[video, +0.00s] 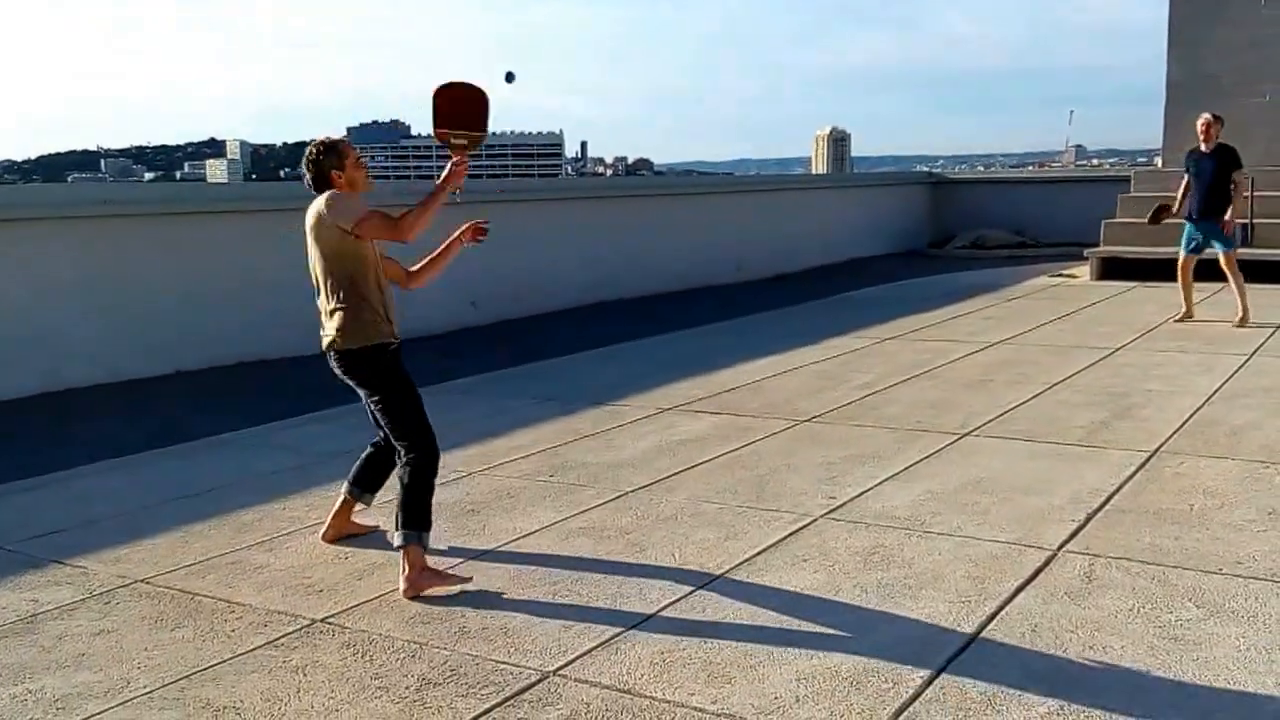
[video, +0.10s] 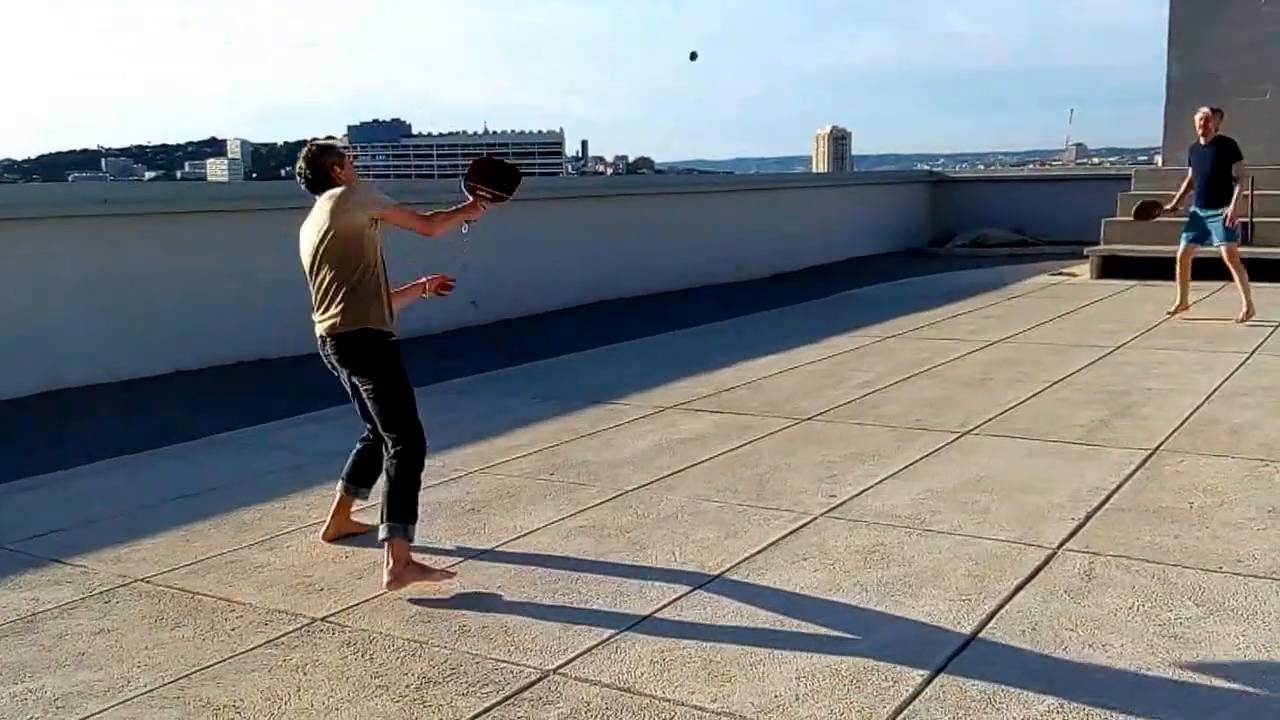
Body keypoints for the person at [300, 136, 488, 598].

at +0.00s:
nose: (366, 168)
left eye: (362, 161)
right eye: (358, 163)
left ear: (336, 176)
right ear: (338, 175)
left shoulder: (343, 226)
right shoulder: (330, 205)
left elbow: (408, 277)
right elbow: (402, 229)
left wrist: (460, 239)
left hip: (360, 345)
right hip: (362, 345)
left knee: (392, 440)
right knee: (420, 448)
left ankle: (340, 519)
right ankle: (415, 569)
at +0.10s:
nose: (355, 166)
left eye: (350, 160)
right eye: (350, 161)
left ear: (318, 179)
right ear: (339, 169)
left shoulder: (312, 224)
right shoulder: (354, 195)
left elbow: (358, 302)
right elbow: (430, 226)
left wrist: (418, 287)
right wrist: (475, 206)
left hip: (334, 340)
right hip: (364, 336)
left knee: (377, 432)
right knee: (406, 441)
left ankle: (338, 518)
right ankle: (400, 562)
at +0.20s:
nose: (357, 166)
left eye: (352, 159)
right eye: (353, 160)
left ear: (316, 176)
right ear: (345, 166)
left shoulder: (307, 222)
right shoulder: (364, 193)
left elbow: (310, 293)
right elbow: (414, 233)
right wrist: (430, 236)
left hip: (326, 333)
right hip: (365, 329)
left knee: (365, 426)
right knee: (396, 436)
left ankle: (338, 518)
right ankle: (382, 557)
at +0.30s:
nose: (361, 163)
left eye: (358, 157)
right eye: (358, 157)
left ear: (318, 172)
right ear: (349, 162)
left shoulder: (307, 222)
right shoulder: (367, 188)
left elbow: (298, 300)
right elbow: (408, 231)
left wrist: (310, 356)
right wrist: (416, 247)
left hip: (329, 330)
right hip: (367, 326)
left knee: (362, 423)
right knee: (395, 432)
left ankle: (339, 516)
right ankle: (378, 553)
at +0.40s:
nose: (368, 161)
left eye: (364, 153)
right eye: (364, 153)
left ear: (324, 165)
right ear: (353, 157)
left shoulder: (311, 212)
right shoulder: (372, 190)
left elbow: (287, 291)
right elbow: (420, 248)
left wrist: (287, 356)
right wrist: (420, 261)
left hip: (329, 332)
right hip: (365, 327)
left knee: (368, 426)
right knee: (403, 433)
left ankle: (339, 516)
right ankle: (379, 552)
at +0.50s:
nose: (375, 155)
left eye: (370, 148)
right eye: (370, 148)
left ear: (331, 160)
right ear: (358, 153)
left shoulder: (315, 208)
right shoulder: (373, 195)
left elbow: (287, 285)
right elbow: (419, 263)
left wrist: (283, 347)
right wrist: (429, 282)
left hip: (333, 335)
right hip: (368, 334)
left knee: (378, 424)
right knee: (415, 436)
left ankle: (339, 516)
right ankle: (376, 553)